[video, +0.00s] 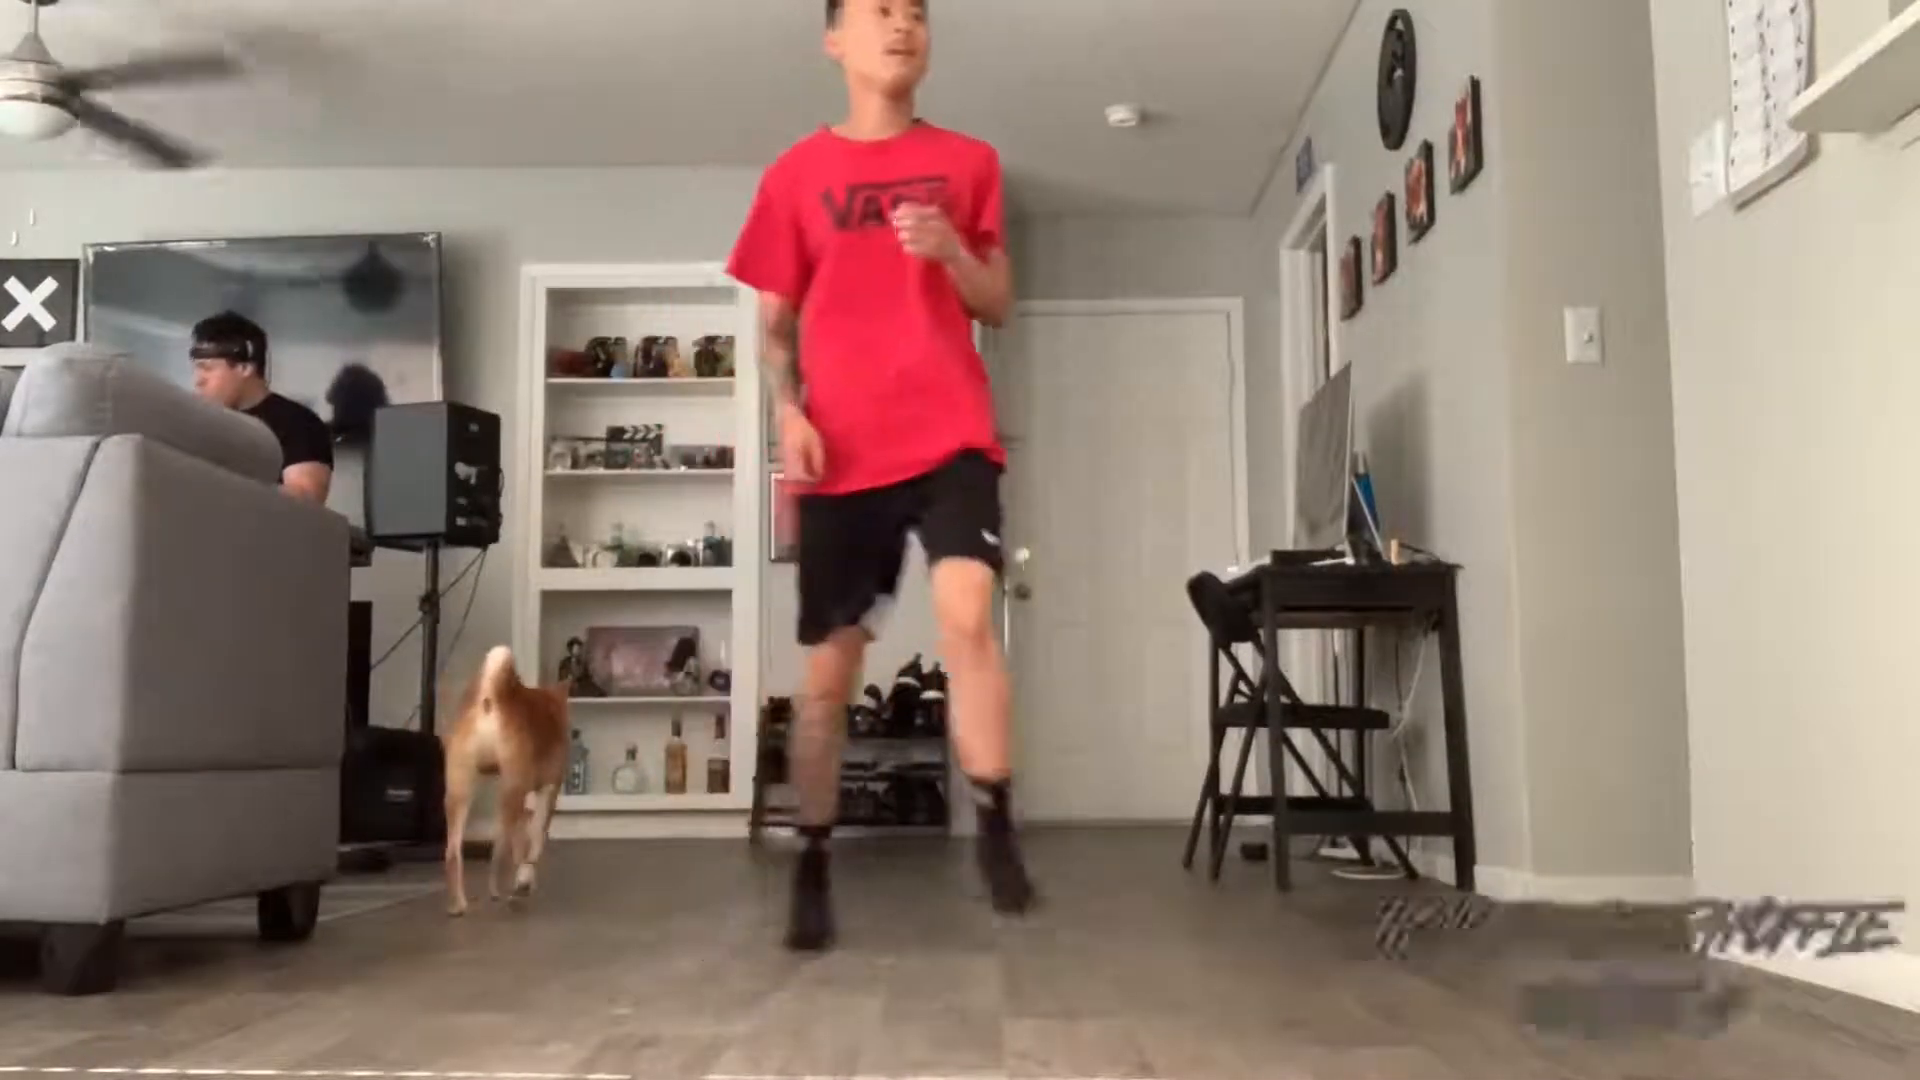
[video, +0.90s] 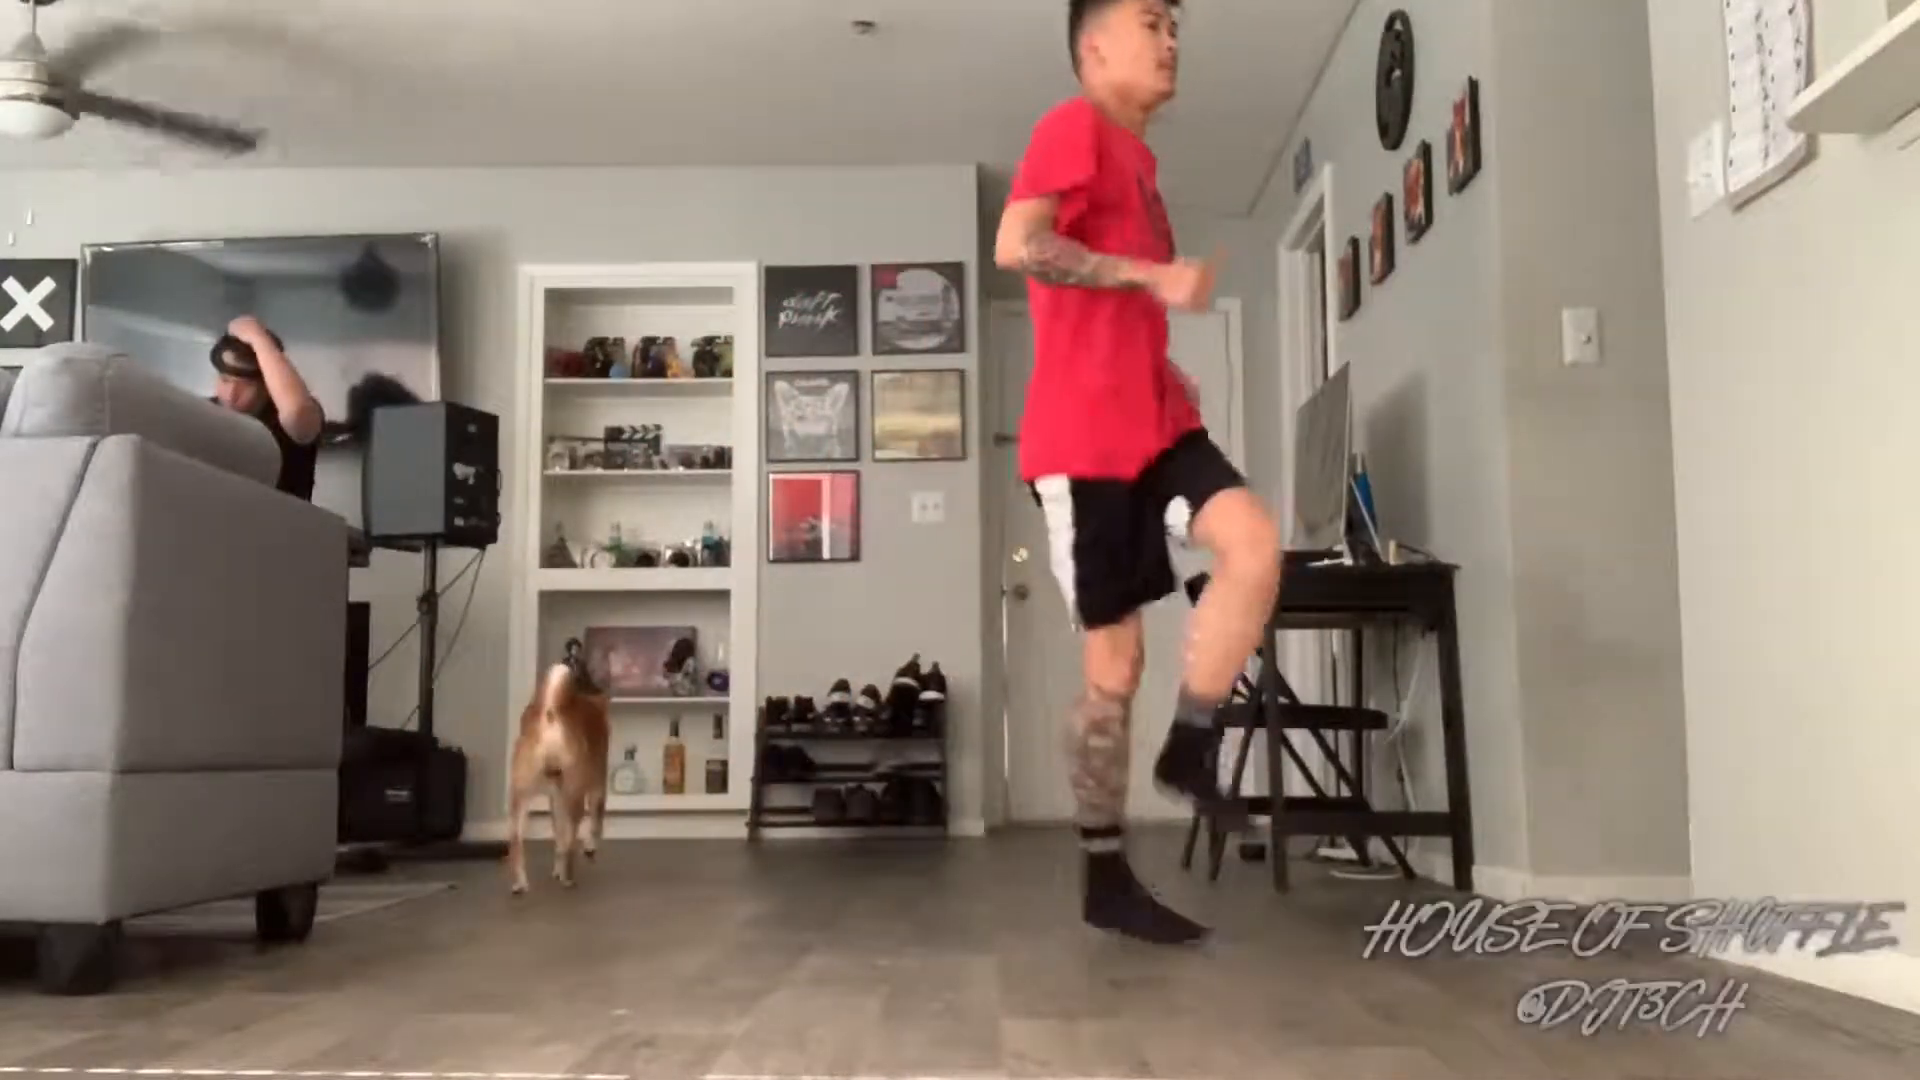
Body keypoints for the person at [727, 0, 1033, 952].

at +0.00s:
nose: (903, 29)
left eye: (914, 16)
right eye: (879, 15)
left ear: (930, 42)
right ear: (833, 43)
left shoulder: (968, 163)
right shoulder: (798, 172)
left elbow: (997, 299)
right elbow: (773, 324)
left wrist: (952, 250)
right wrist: (786, 409)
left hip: (951, 434)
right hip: (842, 448)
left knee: (969, 617)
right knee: (830, 666)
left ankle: (995, 833)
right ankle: (812, 867)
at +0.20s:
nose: (992, 39)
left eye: (999, 26)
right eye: (967, 25)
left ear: (1010, 54)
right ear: (916, 56)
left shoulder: (1055, 165)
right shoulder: (890, 177)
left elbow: (1088, 297)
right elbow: (862, 328)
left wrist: (1061, 288)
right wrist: (885, 424)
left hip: (1058, 446)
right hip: (953, 455)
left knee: (1056, 648)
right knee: (938, 646)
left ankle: (1073, 884)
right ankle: (863, 828)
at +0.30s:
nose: (1051, 65)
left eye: (1055, 51)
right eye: (1027, 53)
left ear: (1065, 79)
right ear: (976, 87)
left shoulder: (1104, 199)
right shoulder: (948, 203)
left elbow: (1135, 320)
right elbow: (902, 349)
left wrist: (1115, 342)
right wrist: (955, 427)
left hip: (1102, 460)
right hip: (1002, 456)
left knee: (1085, 673)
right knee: (1063, 593)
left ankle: (1098, 887)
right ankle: (963, 731)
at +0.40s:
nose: (1095, 43)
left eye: (1097, 29)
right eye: (1072, 28)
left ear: (1102, 55)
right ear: (1018, 59)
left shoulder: (1128, 172)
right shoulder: (990, 174)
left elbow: (1141, 296)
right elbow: (953, 319)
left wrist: (1157, 367)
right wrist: (987, 424)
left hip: (1130, 438)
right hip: (1044, 441)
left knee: (1105, 653)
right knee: (1154, 593)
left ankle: (1102, 864)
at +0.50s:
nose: (1134, 66)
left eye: (1135, 51)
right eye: (1113, 49)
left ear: (1130, 74)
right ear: (1054, 73)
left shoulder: (1142, 191)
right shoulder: (1025, 189)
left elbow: (1148, 325)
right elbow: (974, 334)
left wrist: (1194, 415)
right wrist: (1013, 449)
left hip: (1156, 456)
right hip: (1095, 459)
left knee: (1114, 673)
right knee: (1218, 641)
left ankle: (1072, 871)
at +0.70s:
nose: (1180, 58)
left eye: (1180, 40)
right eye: (1161, 39)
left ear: (1147, 62)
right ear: (1099, 58)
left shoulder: (1145, 177)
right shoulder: (1069, 154)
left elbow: (1132, 318)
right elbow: (1012, 289)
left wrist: (1187, 414)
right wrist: (1110, 369)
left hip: (1181, 447)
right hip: (1115, 456)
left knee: (1262, 630)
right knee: (1193, 661)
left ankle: (1140, 771)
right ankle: (1201, 881)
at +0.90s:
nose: (1171, 42)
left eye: (1172, 29)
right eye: (1150, 27)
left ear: (1155, 57)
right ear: (1092, 52)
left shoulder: (1136, 157)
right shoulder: (1073, 127)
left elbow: (1103, 297)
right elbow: (1017, 241)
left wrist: (1156, 375)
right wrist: (1151, 275)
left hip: (1157, 424)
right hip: (1085, 435)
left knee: (1255, 551)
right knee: (1115, 662)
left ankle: (1188, 747)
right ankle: (1105, 880)